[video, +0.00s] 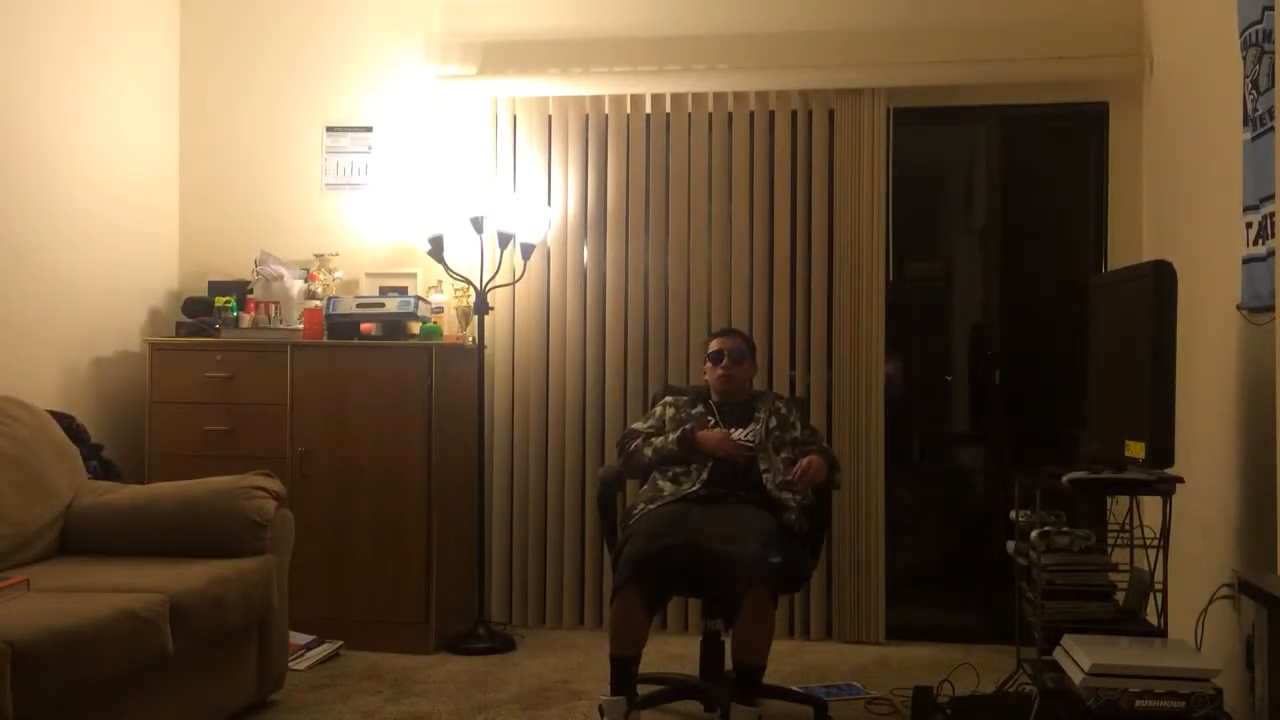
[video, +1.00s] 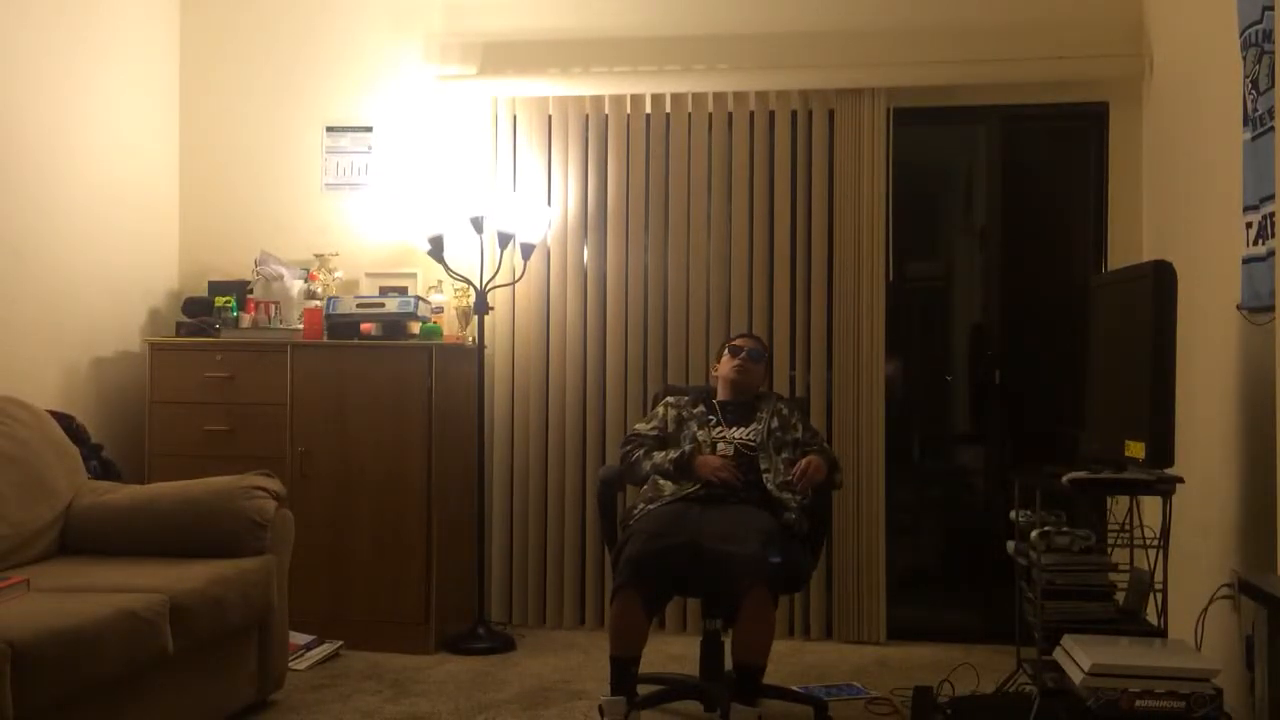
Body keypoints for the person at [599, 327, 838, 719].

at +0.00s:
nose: (725, 364)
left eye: (736, 357)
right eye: (716, 357)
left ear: (753, 367)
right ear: (704, 369)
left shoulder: (778, 412)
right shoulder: (675, 408)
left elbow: (821, 455)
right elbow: (630, 452)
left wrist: (819, 460)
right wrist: (693, 441)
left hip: (749, 509)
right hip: (675, 506)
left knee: (757, 577)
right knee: (637, 568)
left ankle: (746, 702)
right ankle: (621, 696)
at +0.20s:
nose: (731, 361)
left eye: (744, 356)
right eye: (723, 354)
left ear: (758, 370)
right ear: (709, 368)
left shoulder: (780, 413)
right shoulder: (675, 407)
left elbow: (819, 452)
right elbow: (629, 455)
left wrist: (819, 458)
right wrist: (692, 443)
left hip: (749, 509)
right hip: (673, 506)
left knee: (757, 578)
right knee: (637, 568)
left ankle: (746, 703)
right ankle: (621, 697)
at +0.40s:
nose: (737, 360)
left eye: (749, 356)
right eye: (728, 353)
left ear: (761, 372)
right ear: (711, 366)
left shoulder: (781, 413)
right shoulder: (675, 407)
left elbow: (819, 453)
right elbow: (629, 453)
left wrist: (819, 459)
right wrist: (690, 448)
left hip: (748, 508)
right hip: (673, 506)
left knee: (756, 577)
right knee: (637, 568)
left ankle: (746, 704)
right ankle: (621, 697)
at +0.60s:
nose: (739, 360)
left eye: (751, 357)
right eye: (731, 353)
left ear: (763, 375)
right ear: (713, 366)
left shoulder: (780, 413)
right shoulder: (674, 407)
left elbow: (820, 454)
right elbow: (630, 456)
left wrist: (820, 459)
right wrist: (691, 460)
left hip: (748, 509)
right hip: (672, 506)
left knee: (756, 576)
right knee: (637, 567)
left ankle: (746, 704)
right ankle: (621, 697)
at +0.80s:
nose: (742, 359)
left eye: (754, 356)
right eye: (733, 352)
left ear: (763, 375)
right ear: (714, 365)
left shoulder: (780, 413)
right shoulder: (674, 407)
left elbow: (822, 456)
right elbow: (631, 457)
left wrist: (820, 459)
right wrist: (690, 461)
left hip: (748, 509)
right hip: (672, 506)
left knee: (756, 578)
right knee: (637, 569)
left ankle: (746, 703)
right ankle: (621, 695)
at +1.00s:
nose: (743, 358)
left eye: (755, 356)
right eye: (734, 351)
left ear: (764, 379)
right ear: (715, 366)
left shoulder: (782, 415)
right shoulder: (674, 407)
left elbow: (825, 458)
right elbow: (631, 457)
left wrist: (821, 459)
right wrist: (690, 462)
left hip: (748, 509)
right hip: (672, 506)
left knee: (757, 577)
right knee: (637, 568)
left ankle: (746, 703)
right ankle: (621, 695)